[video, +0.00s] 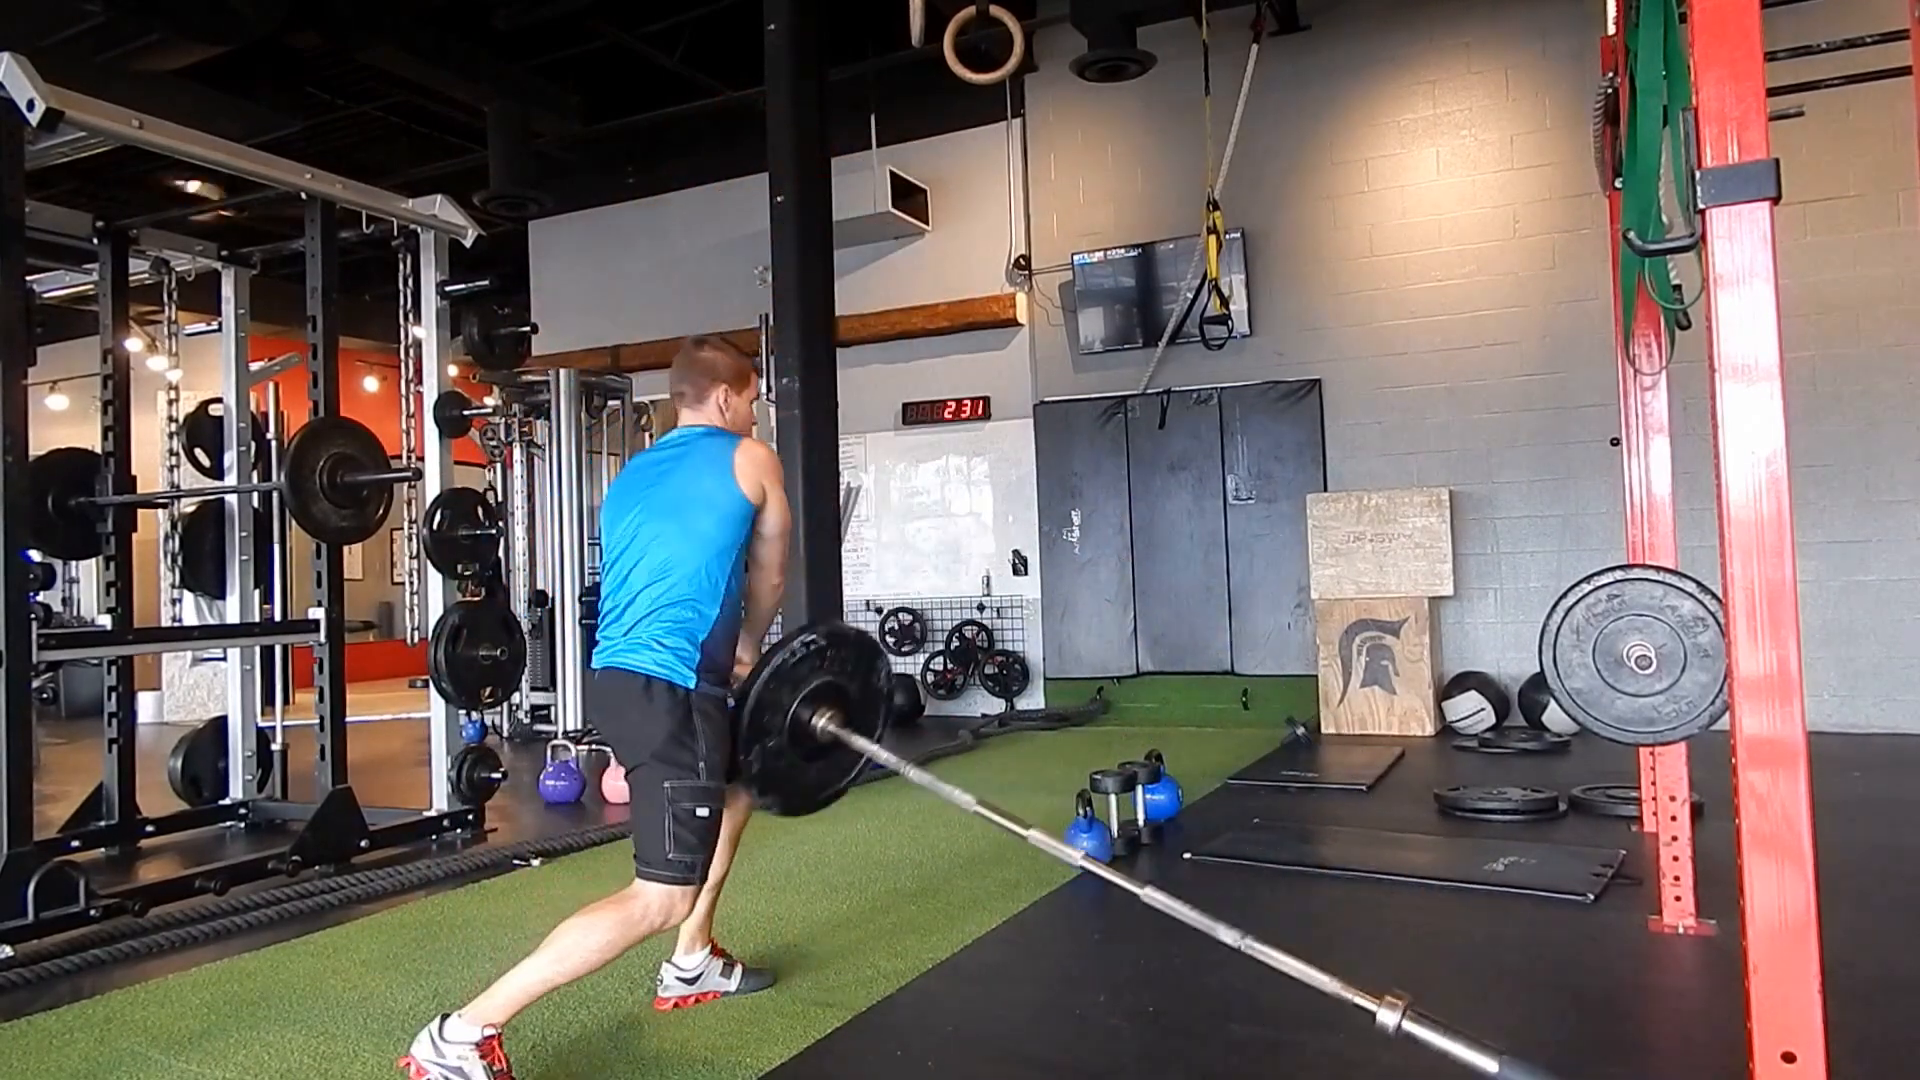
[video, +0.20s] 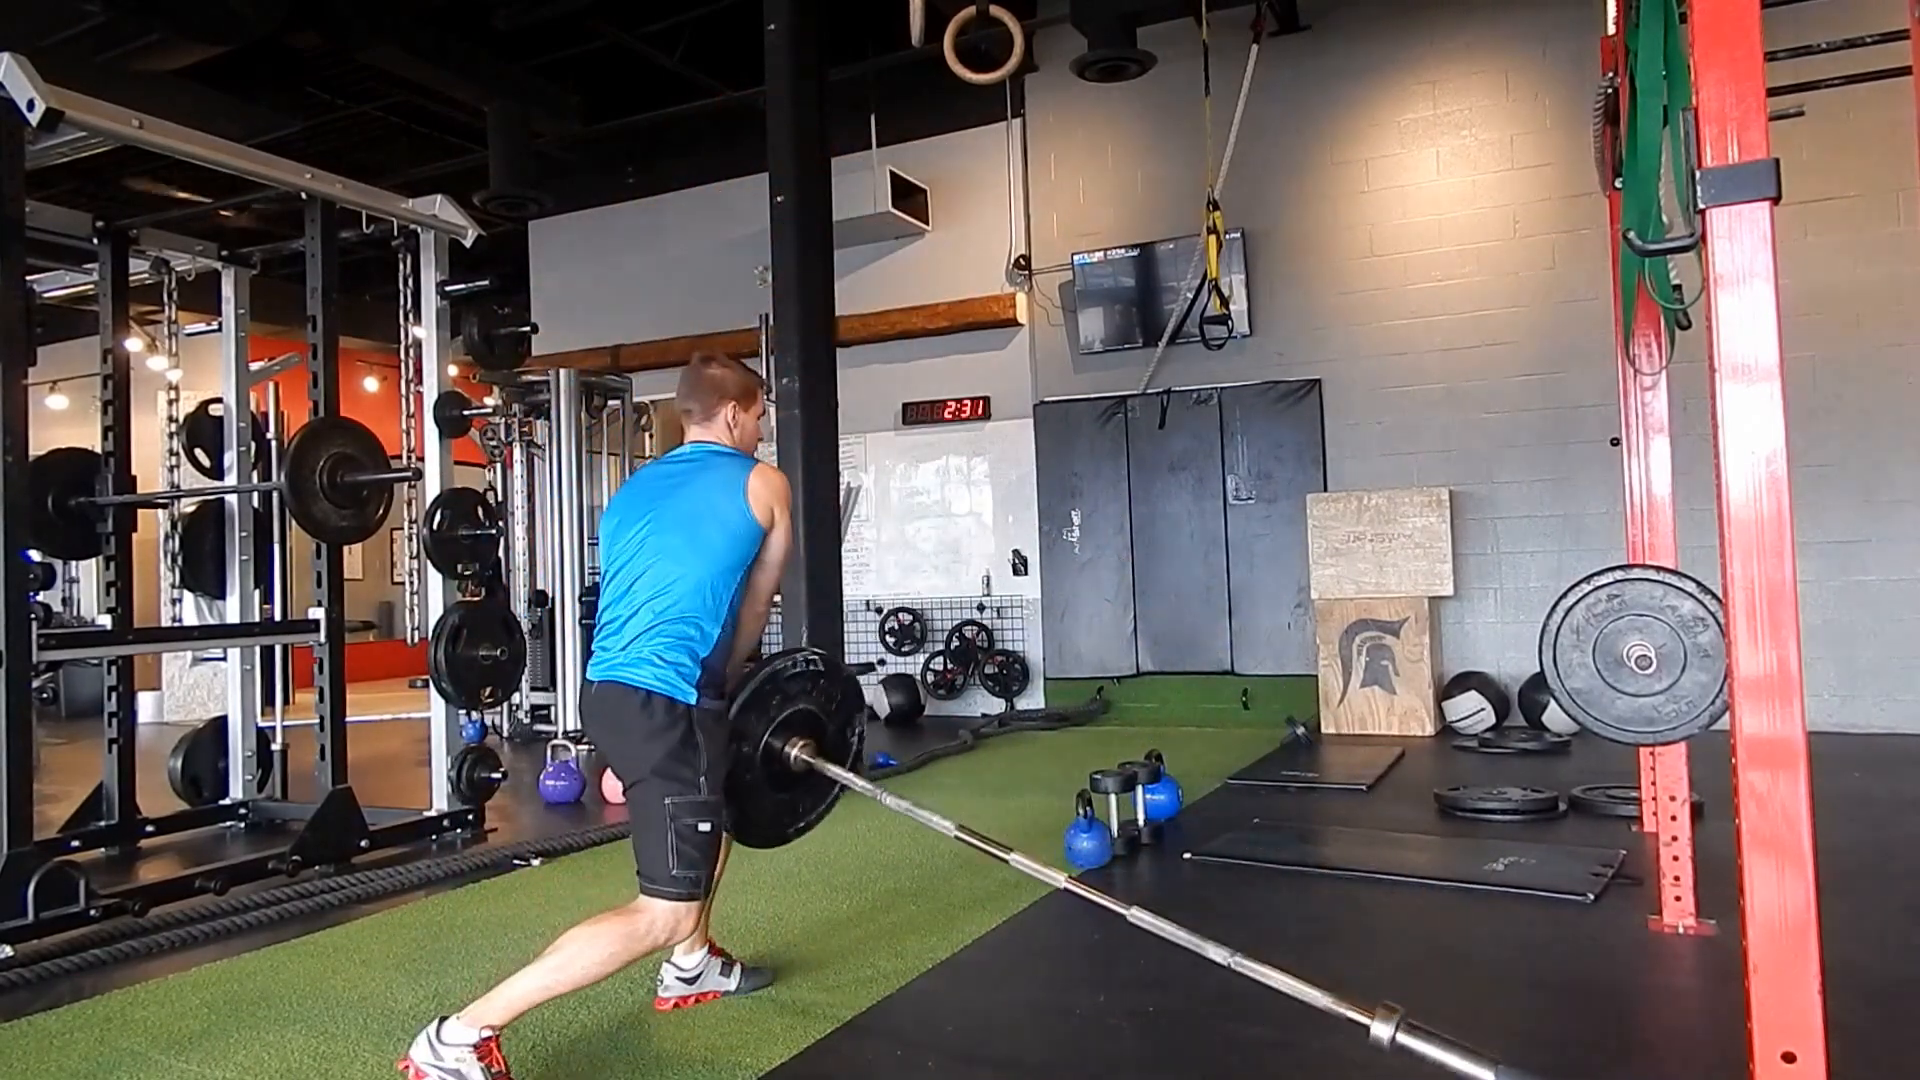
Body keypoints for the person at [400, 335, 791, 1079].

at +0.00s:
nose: (753, 413)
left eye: (752, 401)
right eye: (750, 401)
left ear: (681, 400)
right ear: (726, 399)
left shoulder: (628, 475)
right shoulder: (751, 458)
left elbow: (631, 586)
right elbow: (767, 584)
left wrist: (722, 649)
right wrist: (746, 643)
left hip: (613, 679)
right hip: (668, 688)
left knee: (736, 788)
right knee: (662, 895)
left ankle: (693, 959)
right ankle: (464, 1030)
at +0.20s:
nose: (762, 427)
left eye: (761, 414)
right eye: (758, 414)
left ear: (687, 418)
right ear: (733, 415)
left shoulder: (629, 489)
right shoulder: (764, 483)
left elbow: (618, 595)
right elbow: (754, 608)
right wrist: (724, 681)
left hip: (608, 691)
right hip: (664, 700)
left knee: (714, 800)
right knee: (668, 914)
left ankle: (692, 962)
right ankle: (457, 1034)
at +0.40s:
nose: (740, 396)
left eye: (739, 383)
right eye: (734, 383)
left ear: (665, 390)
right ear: (702, 383)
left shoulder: (614, 462)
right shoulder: (729, 442)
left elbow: (617, 586)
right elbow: (765, 575)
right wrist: (741, 616)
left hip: (608, 669)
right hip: (651, 681)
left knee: (731, 780)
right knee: (650, 895)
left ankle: (691, 961)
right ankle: (455, 1036)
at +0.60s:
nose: (708, 333)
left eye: (705, 320)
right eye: (697, 317)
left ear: (645, 324)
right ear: (649, 319)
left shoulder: (651, 408)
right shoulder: (640, 371)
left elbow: (711, 510)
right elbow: (770, 428)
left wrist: (814, 469)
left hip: (678, 645)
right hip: (624, 645)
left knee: (727, 788)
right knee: (613, 839)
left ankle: (688, 960)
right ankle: (479, 1029)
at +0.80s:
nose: (704, 306)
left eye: (704, 295)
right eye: (691, 293)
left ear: (678, 308)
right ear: (641, 300)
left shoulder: (699, 390)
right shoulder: (609, 354)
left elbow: (789, 395)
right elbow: (740, 321)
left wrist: (868, 316)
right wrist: (843, 265)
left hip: (698, 633)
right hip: (619, 628)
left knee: (732, 784)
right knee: (585, 822)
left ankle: (687, 959)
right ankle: (507, 1026)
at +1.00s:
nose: (721, 288)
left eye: (720, 279)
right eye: (705, 278)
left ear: (708, 296)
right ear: (657, 296)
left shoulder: (728, 371)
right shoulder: (630, 349)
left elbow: (809, 320)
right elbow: (738, 288)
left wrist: (877, 239)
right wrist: (848, 201)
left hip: (712, 634)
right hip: (627, 633)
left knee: (728, 788)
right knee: (576, 823)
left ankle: (687, 959)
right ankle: (507, 1027)